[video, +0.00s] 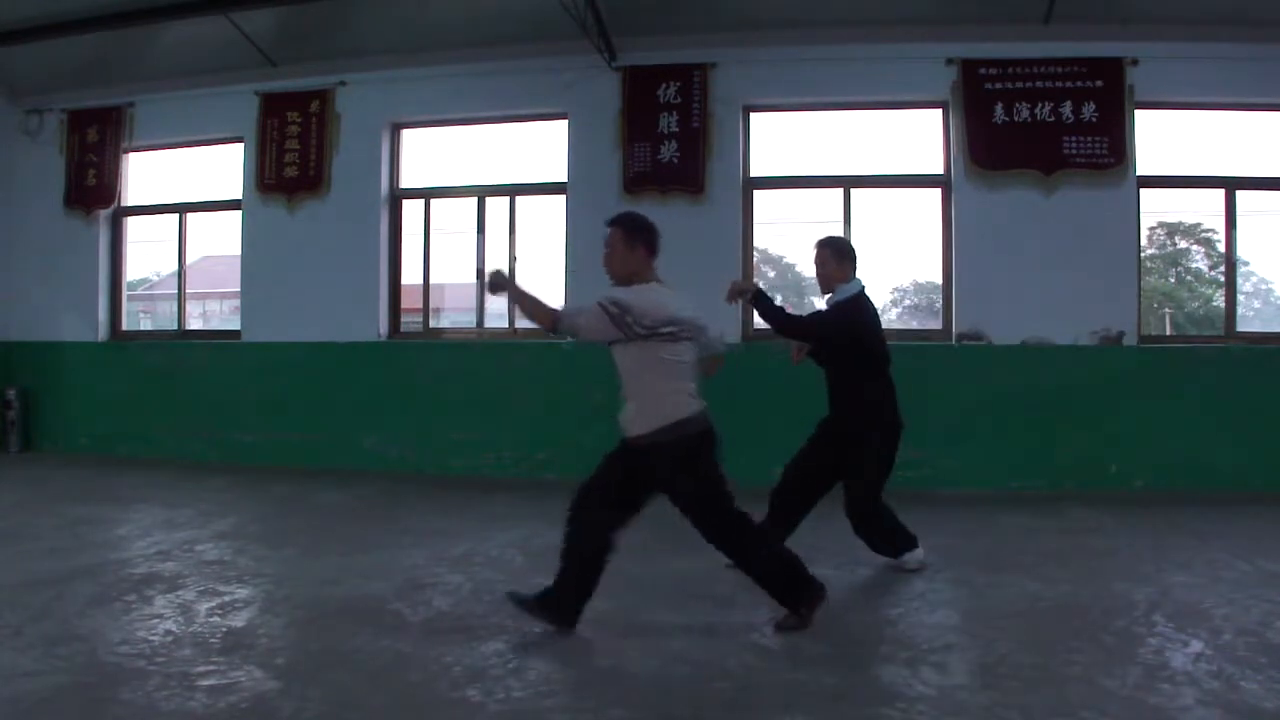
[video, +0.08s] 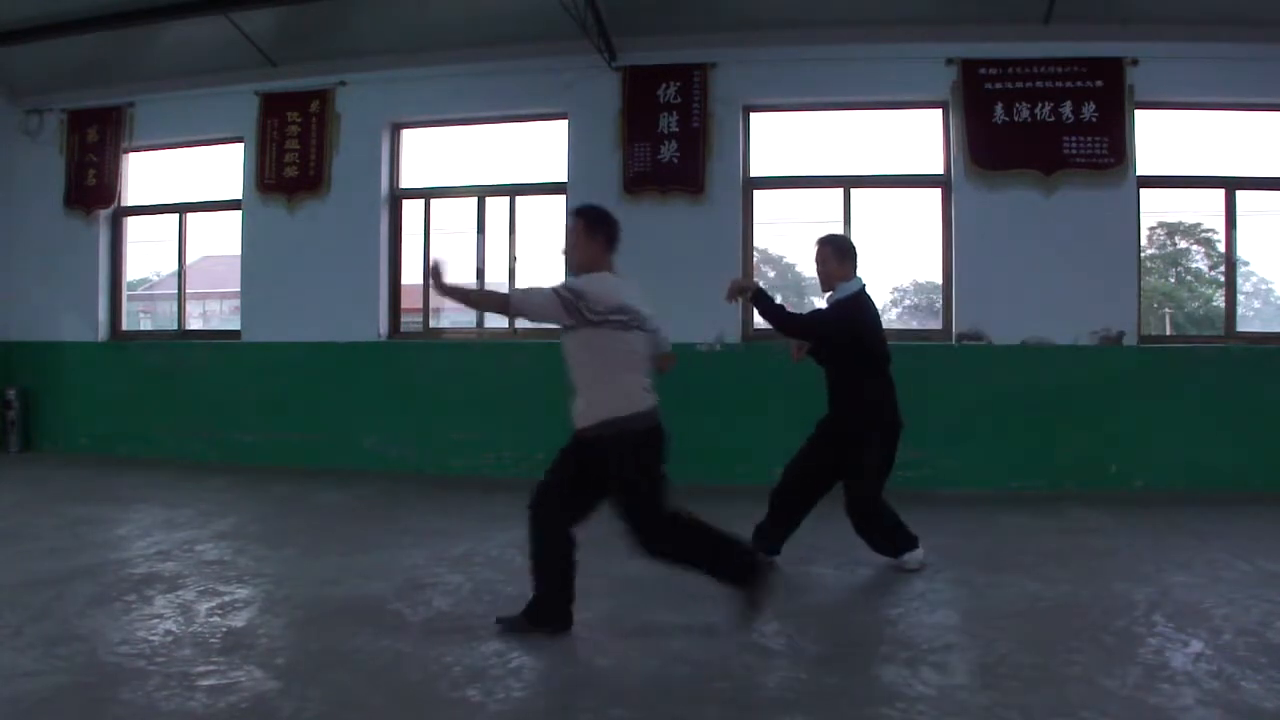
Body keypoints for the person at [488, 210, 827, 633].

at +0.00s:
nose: (604, 257)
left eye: (611, 248)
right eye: (606, 248)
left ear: (639, 252)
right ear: (641, 254)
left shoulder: (629, 304)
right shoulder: (675, 303)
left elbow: (559, 322)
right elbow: (715, 353)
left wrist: (512, 291)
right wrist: (675, 381)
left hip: (656, 440)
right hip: (688, 433)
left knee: (593, 515)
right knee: (723, 523)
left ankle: (563, 605)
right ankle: (803, 593)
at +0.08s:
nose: (567, 246)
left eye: (574, 238)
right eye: (568, 237)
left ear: (598, 244)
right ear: (605, 248)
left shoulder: (580, 295)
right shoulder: (629, 301)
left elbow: (513, 303)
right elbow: (664, 357)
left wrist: (450, 291)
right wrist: (613, 361)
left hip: (602, 436)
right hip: (643, 433)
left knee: (549, 509)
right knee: (654, 530)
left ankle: (549, 613)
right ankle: (748, 568)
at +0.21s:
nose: (527, 231)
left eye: (535, 223)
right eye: (530, 223)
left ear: (558, 229)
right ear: (561, 231)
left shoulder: (575, 280)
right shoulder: (573, 281)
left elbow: (518, 327)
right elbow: (526, 339)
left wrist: (454, 313)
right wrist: (469, 319)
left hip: (579, 414)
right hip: (574, 413)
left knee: (530, 510)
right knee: (538, 509)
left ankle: (545, 614)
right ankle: (593, 589)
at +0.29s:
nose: (490, 216)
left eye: (498, 208)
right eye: (492, 208)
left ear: (523, 213)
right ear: (513, 214)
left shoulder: (558, 268)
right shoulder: (500, 279)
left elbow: (567, 335)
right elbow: (477, 327)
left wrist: (502, 335)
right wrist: (454, 317)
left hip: (558, 388)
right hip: (520, 387)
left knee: (526, 490)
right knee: (446, 408)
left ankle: (545, 606)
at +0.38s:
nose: (461, 209)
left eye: (470, 201)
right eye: (463, 200)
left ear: (497, 210)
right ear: (484, 210)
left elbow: (567, 321)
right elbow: (410, 292)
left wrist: (509, 342)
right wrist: (393, 240)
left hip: (536, 383)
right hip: (498, 381)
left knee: (436, 348)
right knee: (498, 482)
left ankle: (402, 446)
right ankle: (531, 588)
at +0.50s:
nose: (420, 212)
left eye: (428, 204)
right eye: (423, 204)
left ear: (452, 212)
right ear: (447, 214)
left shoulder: (482, 268)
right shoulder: (430, 272)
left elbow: (511, 329)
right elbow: (374, 293)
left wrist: (454, 351)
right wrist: (356, 241)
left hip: (482, 390)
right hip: (439, 383)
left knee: (443, 486)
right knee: (380, 361)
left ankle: (426, 602)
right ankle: (414, 454)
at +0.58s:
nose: (395, 233)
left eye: (402, 224)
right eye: (396, 225)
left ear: (426, 231)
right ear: (416, 231)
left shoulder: (456, 288)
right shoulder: (404, 294)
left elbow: (468, 356)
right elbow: (345, 299)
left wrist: (412, 371)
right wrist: (331, 244)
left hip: (451, 412)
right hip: (413, 408)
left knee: (401, 510)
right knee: (345, 420)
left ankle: (405, 614)